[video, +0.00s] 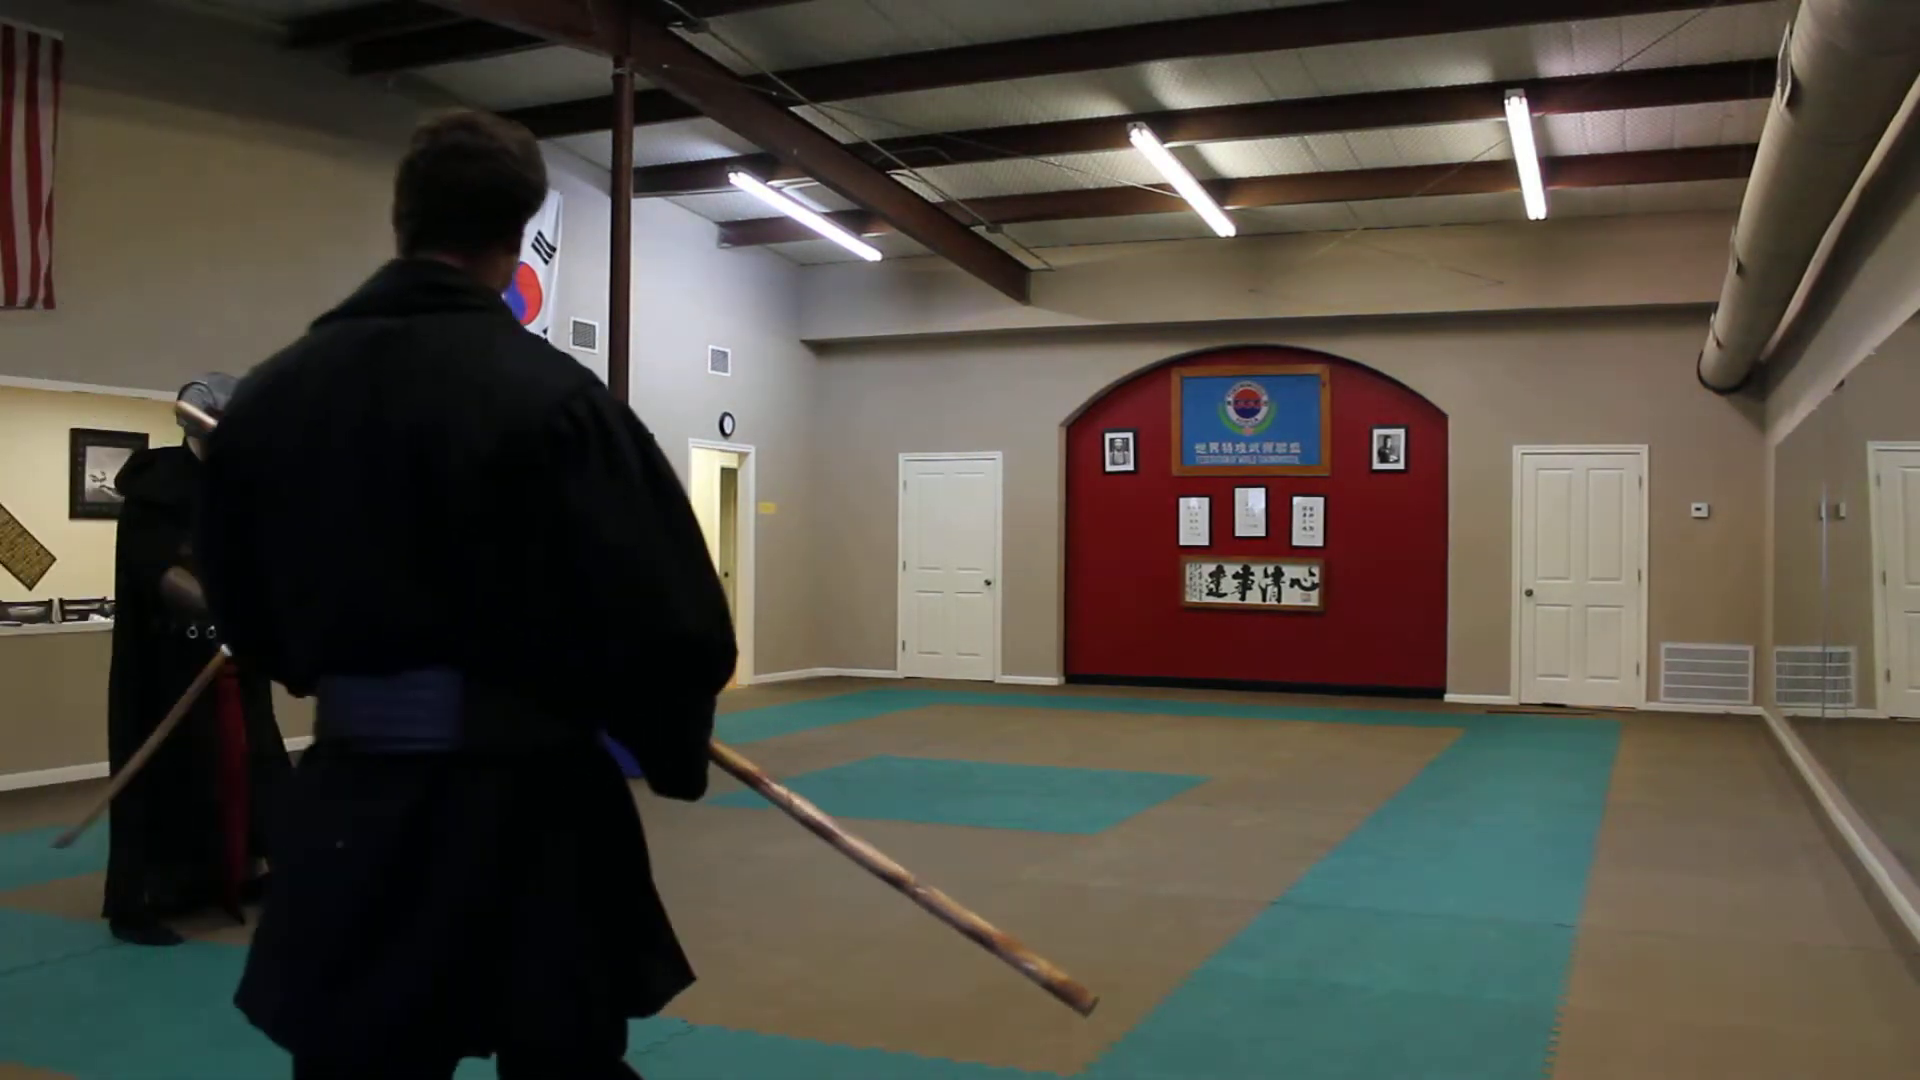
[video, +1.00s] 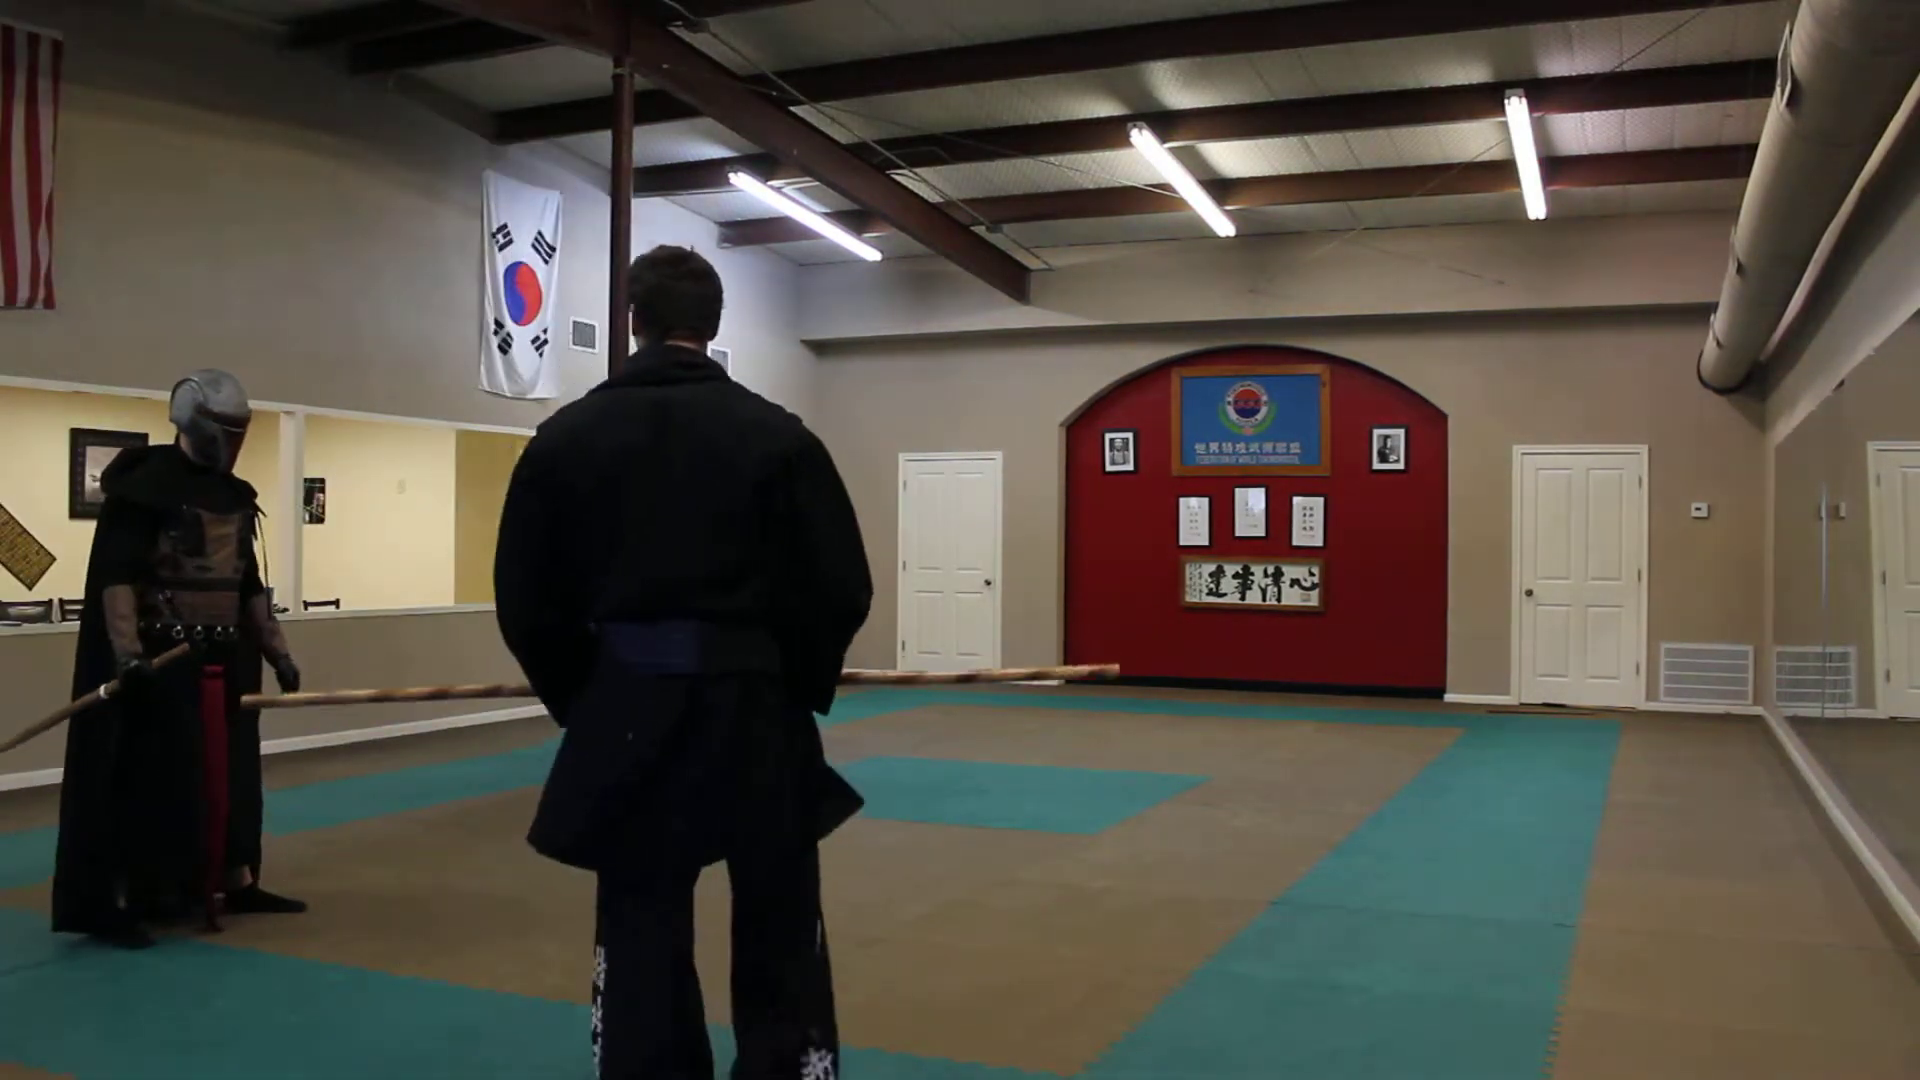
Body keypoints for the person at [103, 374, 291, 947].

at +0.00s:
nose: (230, 434)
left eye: (234, 424)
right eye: (223, 423)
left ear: (232, 424)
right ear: (199, 420)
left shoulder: (245, 479)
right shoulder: (161, 475)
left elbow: (258, 563)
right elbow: (143, 559)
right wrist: (205, 606)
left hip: (230, 651)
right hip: (161, 654)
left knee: (244, 764)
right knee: (154, 771)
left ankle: (237, 876)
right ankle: (135, 904)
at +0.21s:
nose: (238, 435)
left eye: (241, 424)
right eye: (227, 424)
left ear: (240, 423)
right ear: (192, 421)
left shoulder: (232, 489)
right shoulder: (157, 480)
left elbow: (240, 578)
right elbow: (152, 574)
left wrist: (267, 647)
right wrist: (181, 653)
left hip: (218, 656)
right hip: (152, 656)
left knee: (229, 770)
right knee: (143, 775)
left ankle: (230, 886)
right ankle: (124, 905)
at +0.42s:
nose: (251, 436)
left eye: (255, 425)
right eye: (239, 424)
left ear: (256, 426)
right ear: (205, 421)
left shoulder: (251, 492)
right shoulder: (167, 475)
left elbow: (258, 577)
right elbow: (139, 566)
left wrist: (295, 646)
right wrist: (151, 649)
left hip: (229, 657)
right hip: (162, 657)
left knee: (237, 770)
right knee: (146, 776)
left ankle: (233, 887)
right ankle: (128, 906)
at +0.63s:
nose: (254, 436)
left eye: (258, 425)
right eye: (243, 424)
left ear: (260, 425)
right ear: (208, 420)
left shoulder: (254, 496)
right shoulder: (164, 477)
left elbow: (272, 578)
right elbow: (133, 566)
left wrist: (318, 644)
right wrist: (145, 646)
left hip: (228, 659)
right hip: (156, 656)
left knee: (232, 769)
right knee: (139, 778)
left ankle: (230, 885)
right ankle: (115, 909)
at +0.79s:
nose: (245, 439)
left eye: (249, 427)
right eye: (234, 427)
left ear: (250, 427)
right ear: (199, 422)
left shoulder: (245, 497)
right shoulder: (153, 478)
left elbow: (264, 581)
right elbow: (125, 571)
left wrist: (305, 645)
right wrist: (135, 653)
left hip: (229, 663)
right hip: (156, 662)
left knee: (233, 768)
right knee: (137, 779)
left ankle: (232, 885)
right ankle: (114, 909)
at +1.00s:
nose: (235, 441)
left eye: (240, 430)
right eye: (225, 429)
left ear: (240, 428)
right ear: (189, 424)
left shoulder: (236, 497)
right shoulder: (143, 481)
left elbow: (249, 585)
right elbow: (116, 573)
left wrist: (279, 652)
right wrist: (127, 653)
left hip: (223, 662)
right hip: (153, 662)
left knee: (233, 770)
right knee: (137, 778)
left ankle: (233, 884)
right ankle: (116, 903)